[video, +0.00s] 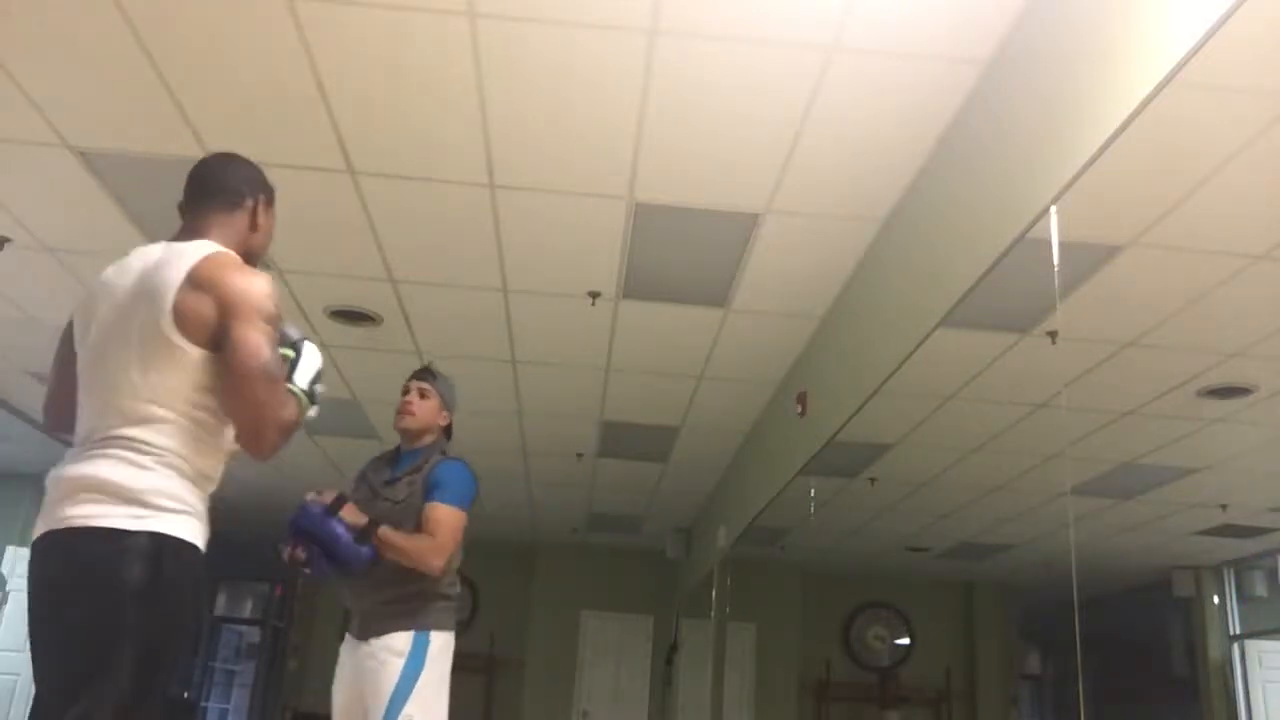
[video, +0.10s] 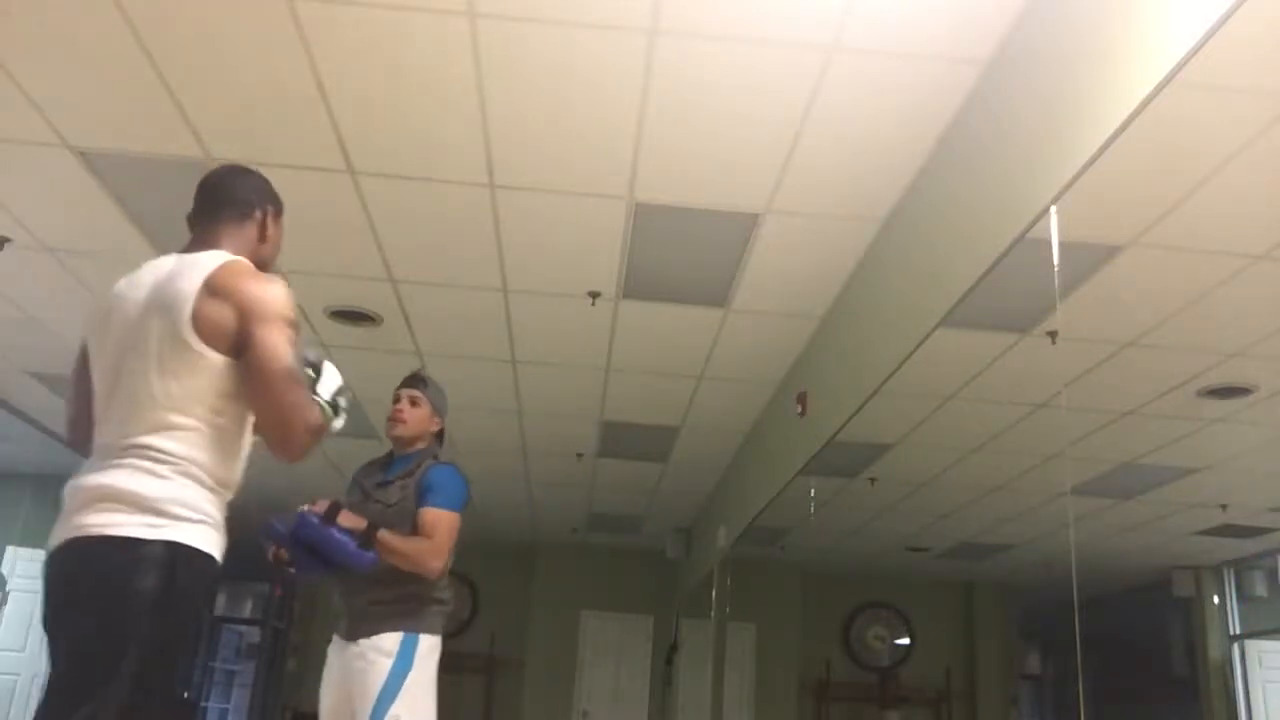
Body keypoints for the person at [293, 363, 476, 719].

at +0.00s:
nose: (407, 399)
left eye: (422, 394)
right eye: (405, 393)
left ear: (444, 417)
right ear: (397, 407)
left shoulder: (449, 472)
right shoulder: (376, 468)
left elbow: (434, 556)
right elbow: (346, 528)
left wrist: (364, 525)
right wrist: (311, 547)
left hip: (414, 638)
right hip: (361, 634)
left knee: (400, 712)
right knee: (347, 711)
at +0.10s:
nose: (398, 407)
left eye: (413, 402)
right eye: (396, 400)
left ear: (436, 422)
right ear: (388, 411)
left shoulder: (441, 476)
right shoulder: (366, 474)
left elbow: (433, 558)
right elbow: (347, 542)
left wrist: (362, 527)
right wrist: (298, 551)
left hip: (402, 639)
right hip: (350, 634)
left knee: (387, 712)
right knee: (336, 711)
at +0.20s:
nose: (391, 419)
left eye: (404, 413)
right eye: (387, 411)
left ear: (427, 428)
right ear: (380, 419)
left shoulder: (434, 482)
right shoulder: (356, 480)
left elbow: (434, 563)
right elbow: (336, 545)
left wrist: (368, 531)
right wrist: (291, 547)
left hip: (392, 634)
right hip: (343, 628)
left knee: (372, 712)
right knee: (327, 712)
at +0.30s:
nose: (385, 419)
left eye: (399, 412)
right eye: (381, 411)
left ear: (422, 428)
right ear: (374, 418)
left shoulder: (432, 482)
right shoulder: (354, 475)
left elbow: (440, 563)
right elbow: (328, 526)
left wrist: (371, 536)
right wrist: (321, 533)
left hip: (386, 624)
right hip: (338, 620)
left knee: (356, 712)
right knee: (319, 712)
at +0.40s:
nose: (387, 411)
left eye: (400, 407)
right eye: (383, 405)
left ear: (420, 428)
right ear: (374, 417)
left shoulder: (427, 482)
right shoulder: (355, 477)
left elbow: (441, 564)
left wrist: (368, 534)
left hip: (378, 625)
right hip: (329, 618)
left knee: (350, 711)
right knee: (321, 710)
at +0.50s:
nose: (388, 412)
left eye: (402, 407)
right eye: (384, 405)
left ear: (419, 430)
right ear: (372, 414)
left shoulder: (424, 484)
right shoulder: (343, 477)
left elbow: (446, 561)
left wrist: (389, 530)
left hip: (382, 623)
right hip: (328, 615)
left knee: (367, 710)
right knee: (317, 708)